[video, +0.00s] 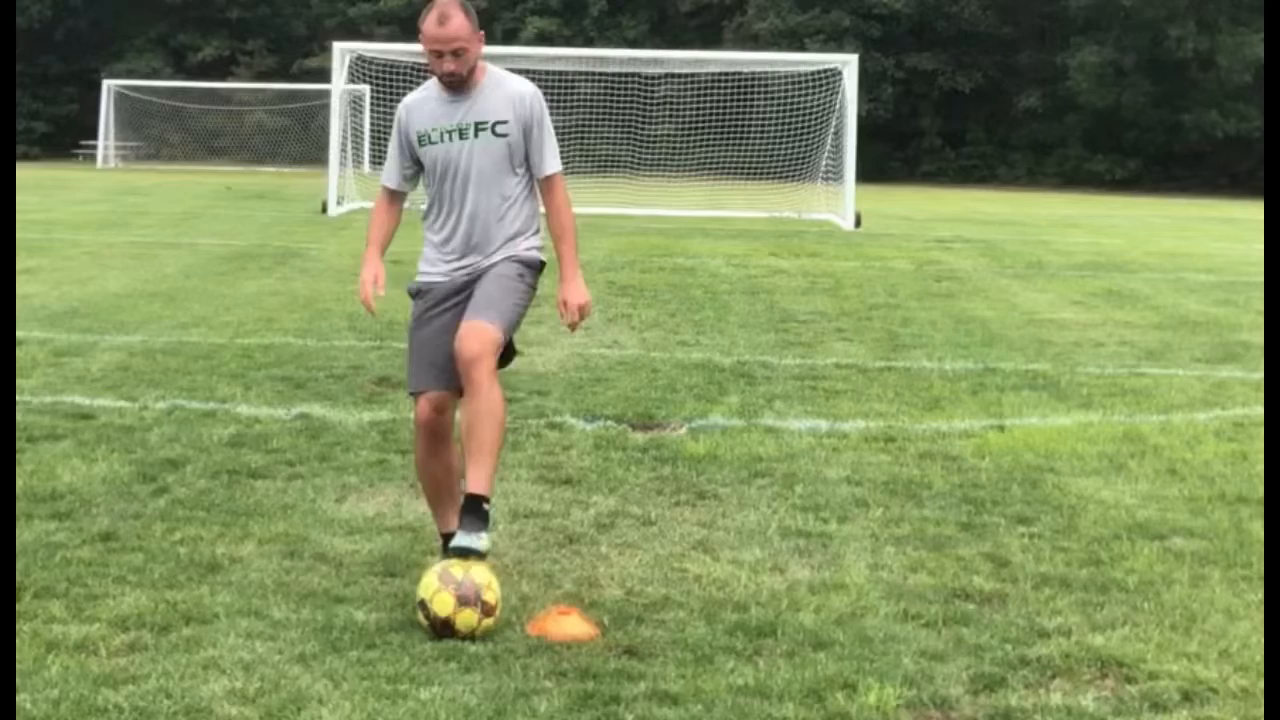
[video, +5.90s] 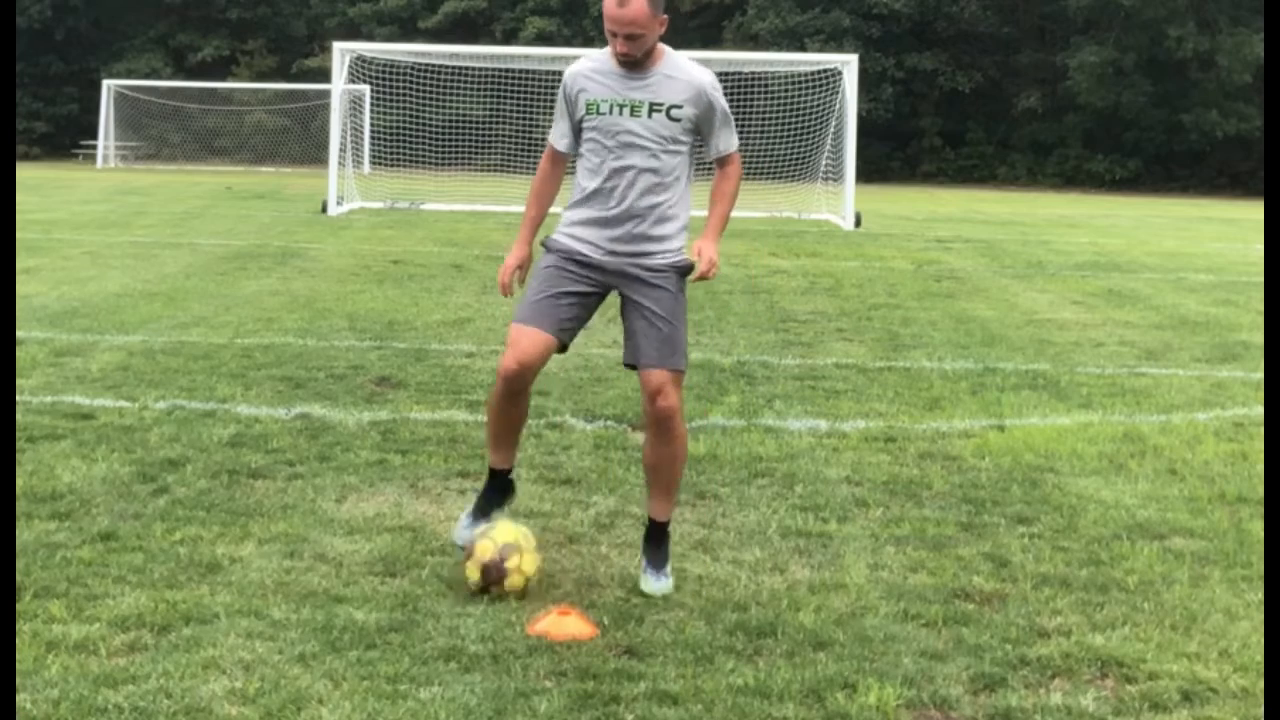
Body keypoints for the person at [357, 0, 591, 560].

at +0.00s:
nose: (447, 66)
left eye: (457, 53)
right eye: (435, 55)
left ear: (480, 41)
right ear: (422, 48)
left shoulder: (521, 98)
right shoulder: (412, 110)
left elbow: (553, 186)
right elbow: (392, 193)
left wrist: (572, 274)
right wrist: (373, 255)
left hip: (510, 256)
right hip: (441, 268)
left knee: (474, 347)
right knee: (429, 412)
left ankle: (475, 509)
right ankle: (451, 543)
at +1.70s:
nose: (475, 45)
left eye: (485, 33)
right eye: (463, 35)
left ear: (502, 21)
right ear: (443, 26)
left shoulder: (539, 78)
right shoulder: (427, 94)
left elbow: (577, 163)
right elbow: (408, 179)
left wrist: (590, 248)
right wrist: (370, 254)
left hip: (538, 264)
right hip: (462, 273)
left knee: (557, 384)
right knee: (453, 411)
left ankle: (534, 507)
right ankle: (465, 536)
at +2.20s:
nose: (503, 42)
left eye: (513, 29)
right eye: (490, 31)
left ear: (527, 16)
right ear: (468, 23)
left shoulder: (560, 70)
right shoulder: (444, 89)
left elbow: (590, 159)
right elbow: (423, 171)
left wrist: (609, 238)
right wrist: (396, 252)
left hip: (563, 252)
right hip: (483, 264)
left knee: (623, 365)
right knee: (471, 401)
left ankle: (620, 501)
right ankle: (475, 535)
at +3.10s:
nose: (585, 47)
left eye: (595, 34)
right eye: (574, 35)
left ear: (609, 22)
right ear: (550, 25)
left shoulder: (631, 76)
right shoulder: (520, 90)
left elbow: (648, 150)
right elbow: (486, 176)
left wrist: (665, 230)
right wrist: (479, 264)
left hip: (627, 258)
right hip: (550, 267)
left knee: (680, 377)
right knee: (537, 400)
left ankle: (676, 534)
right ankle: (501, 524)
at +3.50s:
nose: (631, 83)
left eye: (642, 70)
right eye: (619, 70)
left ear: (657, 64)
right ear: (597, 62)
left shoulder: (677, 120)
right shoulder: (565, 123)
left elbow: (704, 199)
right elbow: (527, 206)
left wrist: (719, 279)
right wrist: (515, 299)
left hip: (650, 283)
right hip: (578, 277)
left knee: (681, 417)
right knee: (592, 370)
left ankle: (675, 561)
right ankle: (592, 499)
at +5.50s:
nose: (646, 50)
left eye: (658, 39)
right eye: (636, 37)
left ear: (683, 27)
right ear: (624, 23)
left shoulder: (711, 89)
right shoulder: (597, 80)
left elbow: (744, 166)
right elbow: (566, 164)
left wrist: (733, 243)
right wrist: (538, 249)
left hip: (672, 271)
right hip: (593, 259)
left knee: (682, 409)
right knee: (563, 375)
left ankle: (691, 551)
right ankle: (580, 504)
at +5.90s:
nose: (619, 46)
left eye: (632, 36)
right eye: (612, 33)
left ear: (662, 25)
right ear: (603, 21)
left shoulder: (697, 85)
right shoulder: (580, 78)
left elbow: (728, 161)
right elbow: (555, 160)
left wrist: (711, 236)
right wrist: (524, 242)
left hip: (656, 260)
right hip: (577, 248)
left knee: (663, 401)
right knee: (513, 367)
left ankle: (657, 540)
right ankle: (497, 487)